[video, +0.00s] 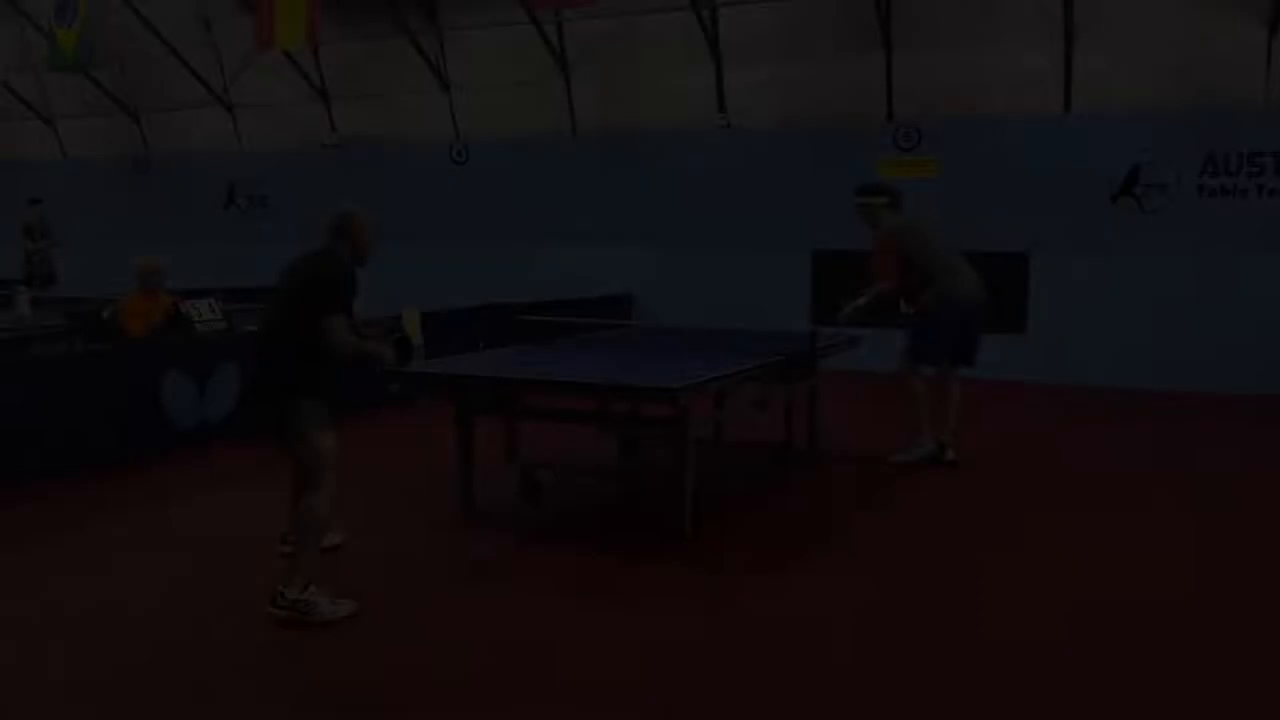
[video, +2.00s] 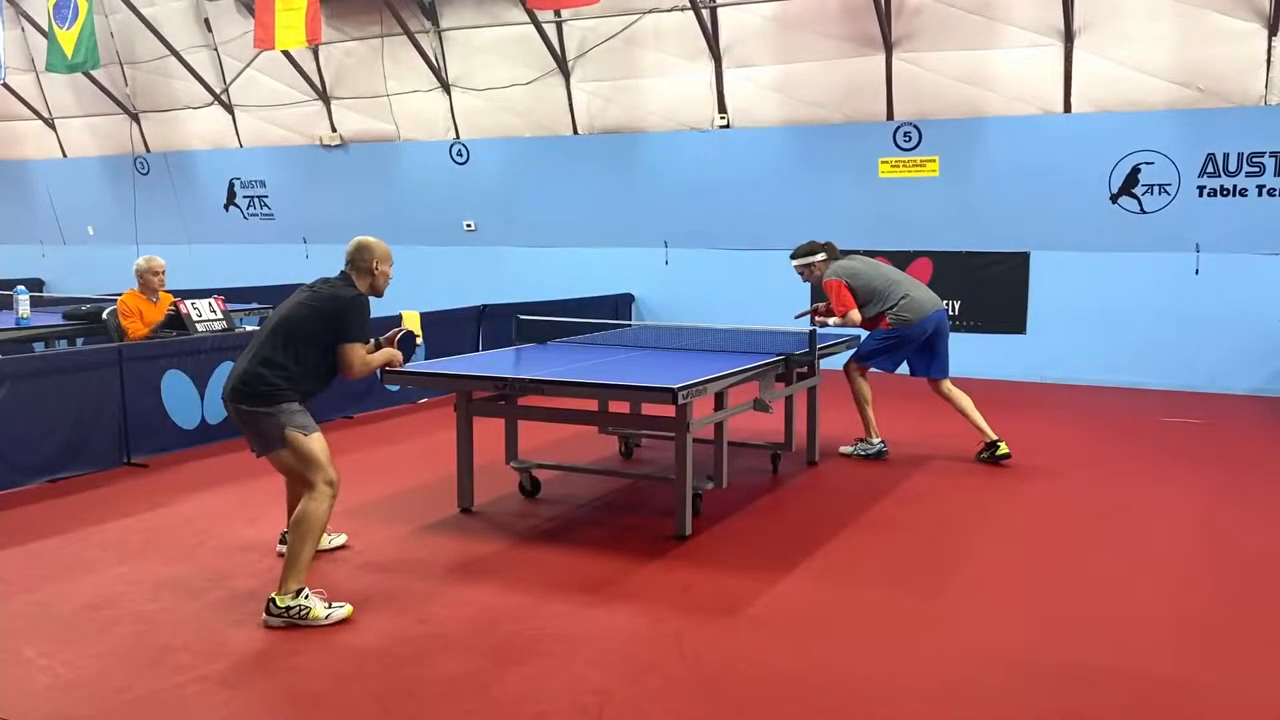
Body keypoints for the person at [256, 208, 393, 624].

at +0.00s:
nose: (369, 248)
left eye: (368, 239)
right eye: (365, 239)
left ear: (333, 234)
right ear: (353, 240)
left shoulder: (306, 269)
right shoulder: (336, 274)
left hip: (284, 384)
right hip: (306, 389)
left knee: (307, 471)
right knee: (318, 482)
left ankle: (303, 534)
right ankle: (298, 587)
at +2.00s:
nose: (391, 274)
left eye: (390, 267)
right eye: (388, 267)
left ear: (354, 266)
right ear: (373, 268)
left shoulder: (323, 289)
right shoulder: (351, 302)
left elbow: (333, 354)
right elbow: (353, 367)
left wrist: (374, 347)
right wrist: (386, 356)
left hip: (245, 390)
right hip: (269, 395)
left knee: (299, 470)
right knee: (324, 482)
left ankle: (298, 534)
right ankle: (288, 597)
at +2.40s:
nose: (389, 271)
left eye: (388, 264)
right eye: (386, 264)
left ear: (350, 263)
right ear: (370, 265)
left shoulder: (318, 286)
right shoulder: (352, 297)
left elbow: (329, 349)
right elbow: (356, 362)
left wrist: (372, 347)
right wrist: (387, 354)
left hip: (246, 390)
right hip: (271, 395)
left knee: (300, 466)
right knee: (330, 484)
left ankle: (296, 534)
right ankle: (289, 596)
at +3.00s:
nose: (388, 266)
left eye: (387, 258)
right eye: (385, 258)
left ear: (348, 257)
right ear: (370, 259)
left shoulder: (317, 281)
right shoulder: (351, 293)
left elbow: (326, 346)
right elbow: (354, 359)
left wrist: (370, 343)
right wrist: (385, 350)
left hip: (247, 389)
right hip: (274, 393)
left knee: (299, 465)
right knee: (329, 484)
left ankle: (297, 534)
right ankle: (289, 597)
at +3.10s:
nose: (387, 264)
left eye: (387, 257)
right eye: (385, 257)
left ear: (347, 256)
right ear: (370, 258)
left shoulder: (316, 280)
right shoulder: (352, 291)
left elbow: (326, 344)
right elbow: (355, 357)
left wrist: (369, 344)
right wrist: (386, 349)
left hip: (248, 389)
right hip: (276, 393)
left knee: (297, 464)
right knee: (331, 484)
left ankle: (297, 533)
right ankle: (289, 597)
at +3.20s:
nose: (387, 263)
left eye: (387, 255)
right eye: (385, 255)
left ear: (347, 254)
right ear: (370, 256)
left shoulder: (316, 278)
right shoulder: (351, 289)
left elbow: (327, 342)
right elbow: (355, 354)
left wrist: (369, 341)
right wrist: (385, 347)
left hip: (250, 386)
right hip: (277, 391)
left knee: (298, 464)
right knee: (328, 484)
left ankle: (298, 533)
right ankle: (289, 596)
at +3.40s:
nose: (389, 258)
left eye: (388, 251)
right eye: (387, 251)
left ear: (350, 250)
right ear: (371, 252)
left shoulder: (321, 274)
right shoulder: (349, 285)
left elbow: (335, 340)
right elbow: (352, 350)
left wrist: (371, 336)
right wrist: (385, 344)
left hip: (254, 384)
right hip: (276, 388)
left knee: (302, 472)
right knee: (316, 483)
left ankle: (299, 533)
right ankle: (288, 596)